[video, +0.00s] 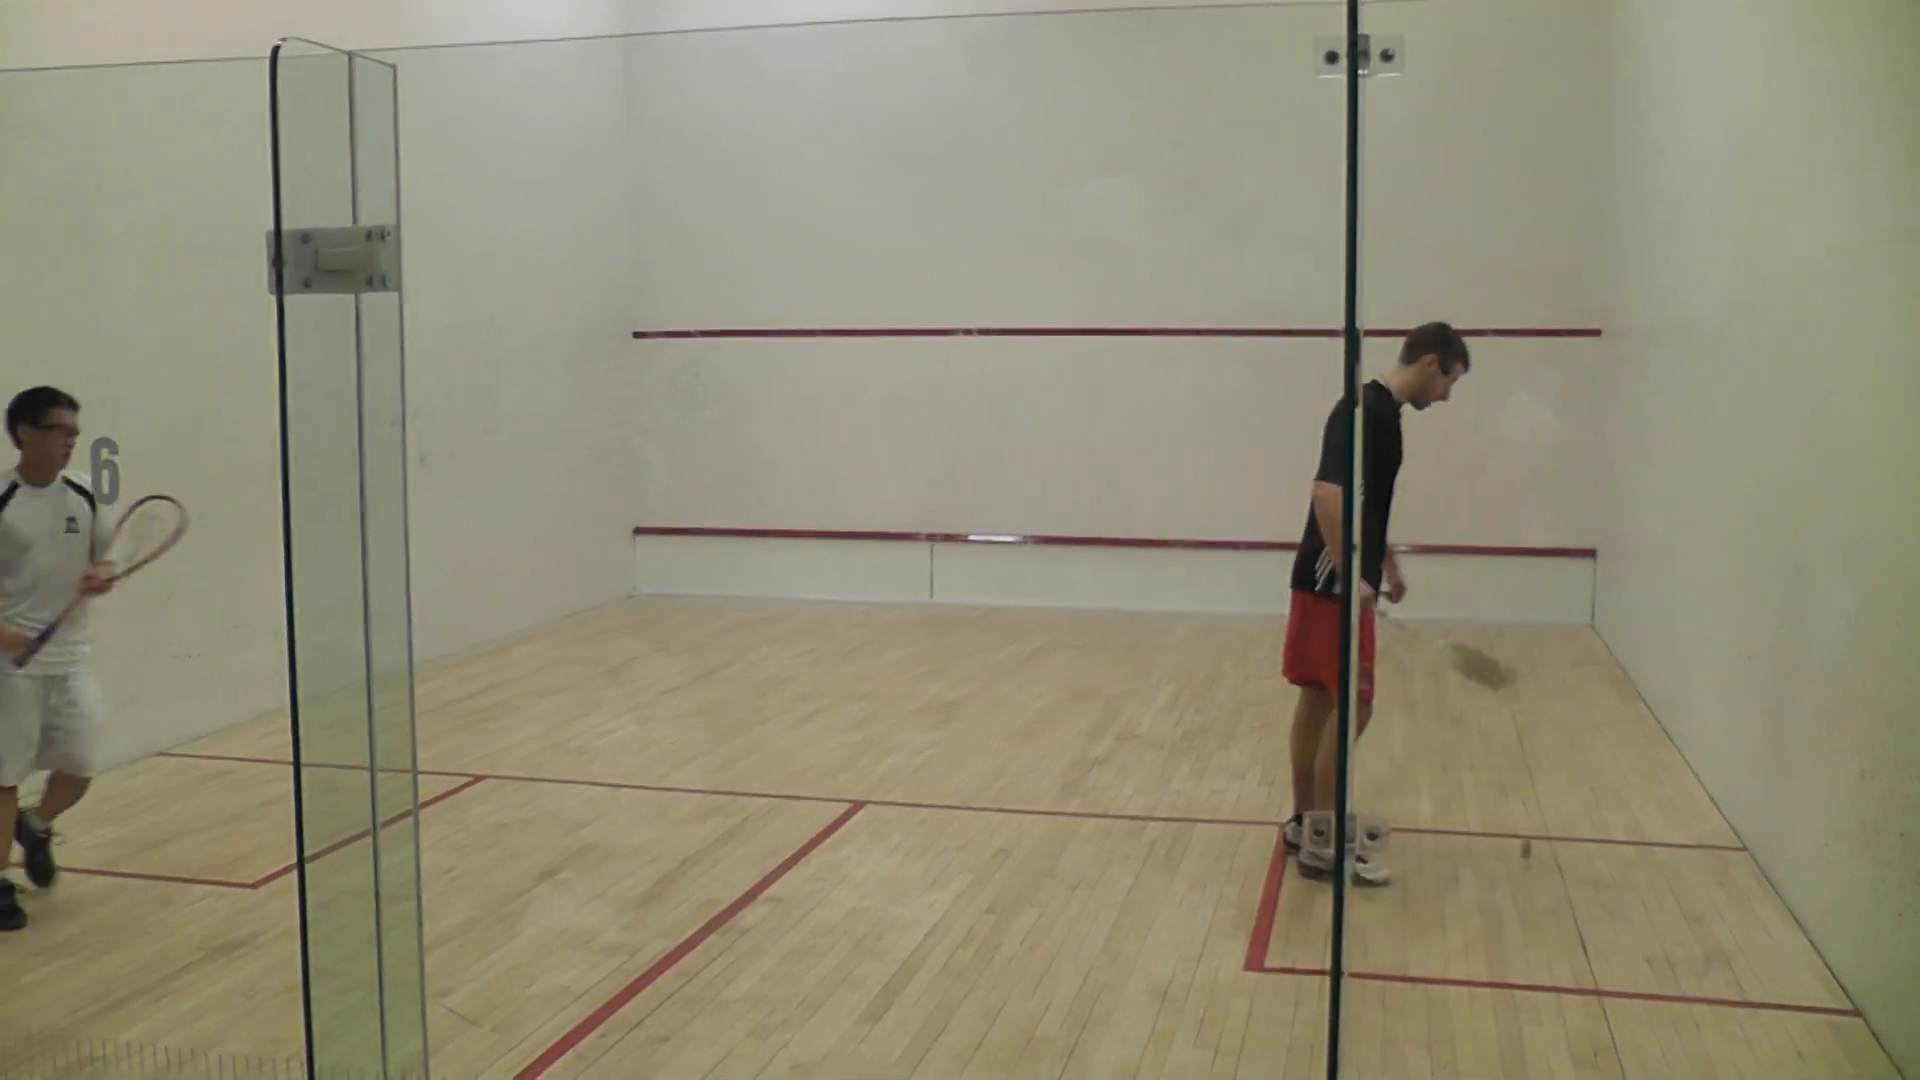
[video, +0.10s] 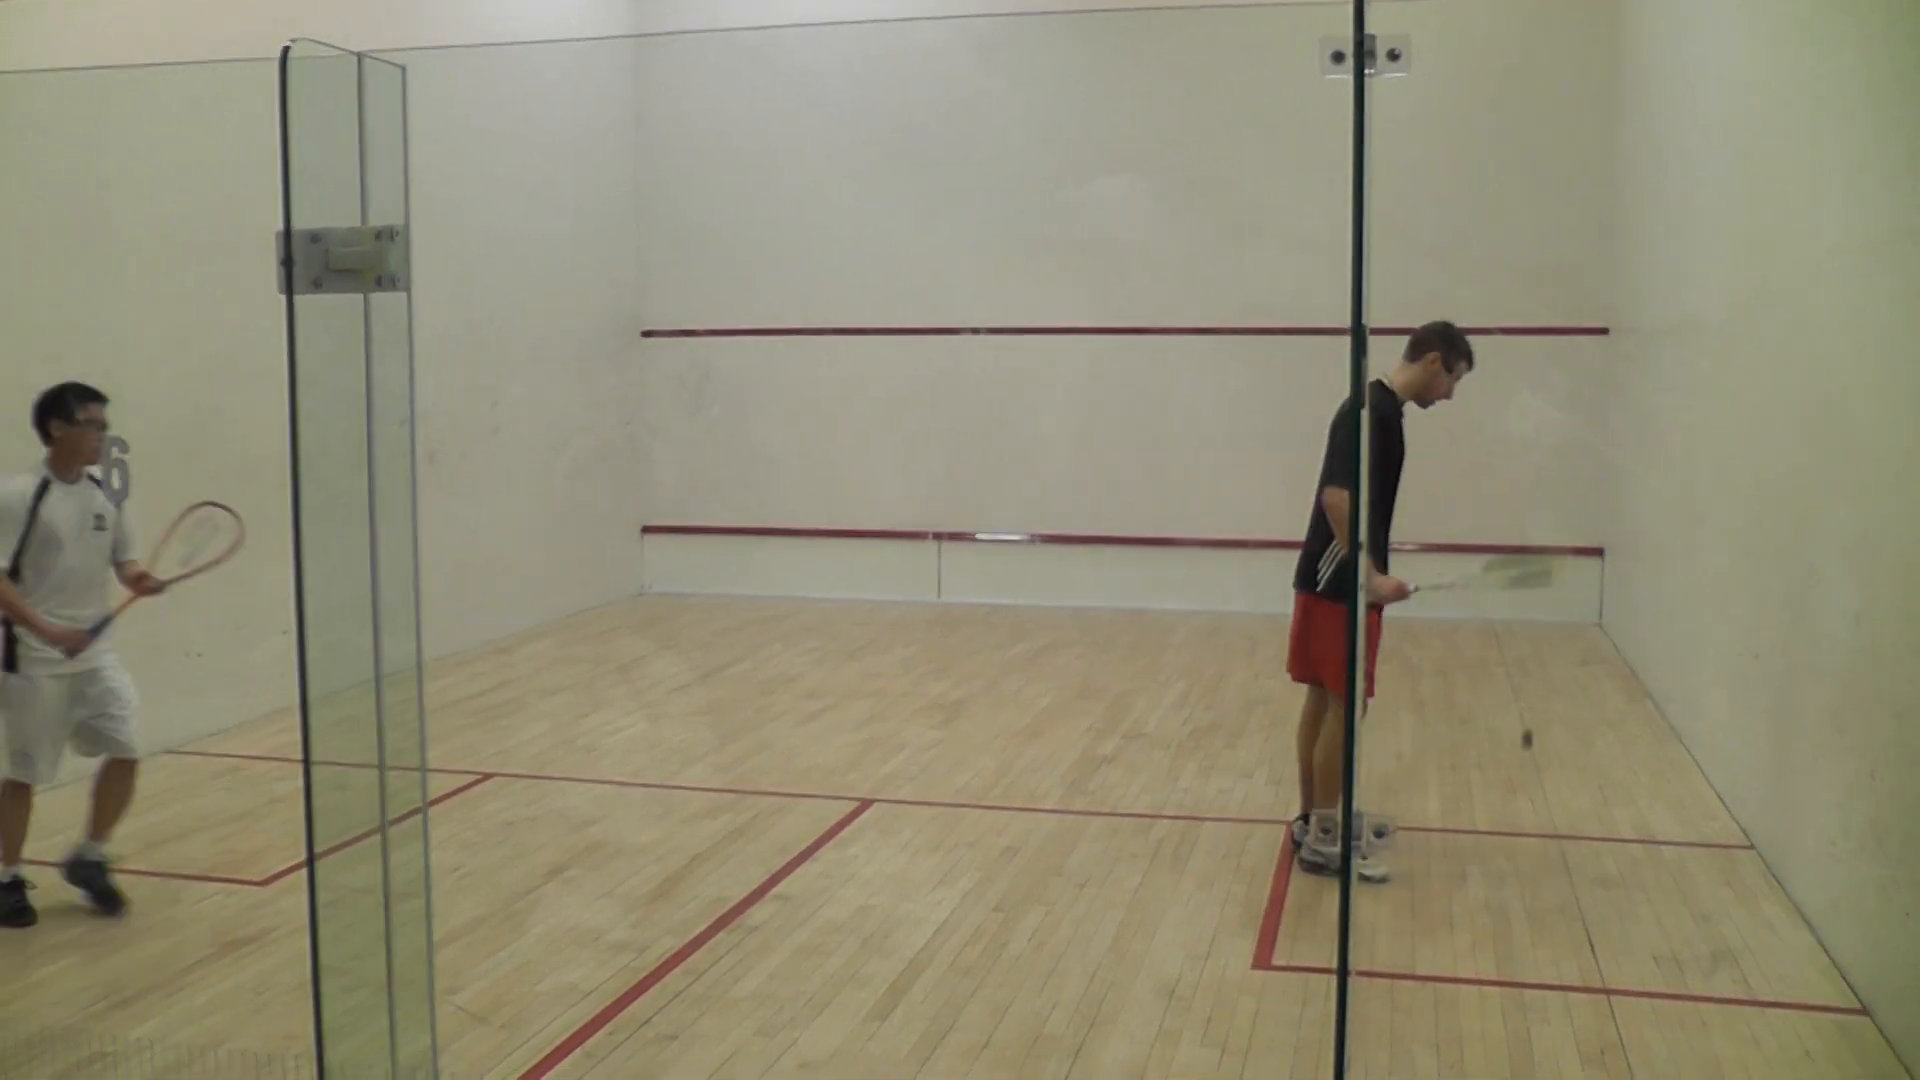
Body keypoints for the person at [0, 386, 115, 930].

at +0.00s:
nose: (70, 442)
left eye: (74, 433)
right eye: (59, 433)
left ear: (74, 438)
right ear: (23, 434)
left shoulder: (83, 500)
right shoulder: (2, 502)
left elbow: (101, 564)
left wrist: (100, 578)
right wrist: (2, 631)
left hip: (68, 660)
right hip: (12, 664)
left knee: (78, 764)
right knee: (7, 778)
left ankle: (35, 826)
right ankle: (1, 878)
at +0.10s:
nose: (101, 437)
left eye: (103, 427)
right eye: (90, 427)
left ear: (101, 432)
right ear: (54, 430)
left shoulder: (105, 496)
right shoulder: (18, 496)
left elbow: (122, 559)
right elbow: (1, 580)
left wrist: (138, 576)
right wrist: (49, 629)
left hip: (93, 651)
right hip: (31, 660)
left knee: (124, 751)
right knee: (20, 773)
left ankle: (91, 855)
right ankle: (9, 875)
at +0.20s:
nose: (141, 445)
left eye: (144, 435)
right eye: (129, 434)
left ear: (144, 439)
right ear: (94, 437)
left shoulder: (144, 507)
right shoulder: (63, 502)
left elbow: (153, 575)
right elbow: (39, 585)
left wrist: (179, 588)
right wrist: (105, 634)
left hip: (126, 664)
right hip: (68, 668)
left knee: (156, 765)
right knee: (46, 776)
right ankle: (26, 878)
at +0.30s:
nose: (186, 444)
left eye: (185, 434)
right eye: (175, 436)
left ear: (170, 444)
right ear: (142, 445)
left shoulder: (182, 508)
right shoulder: (109, 504)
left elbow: (181, 584)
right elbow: (90, 592)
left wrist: (219, 604)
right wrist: (155, 643)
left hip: (163, 670)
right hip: (109, 673)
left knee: (188, 774)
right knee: (83, 779)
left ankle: (205, 887)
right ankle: (41, 869)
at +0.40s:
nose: (223, 440)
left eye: (222, 431)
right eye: (212, 432)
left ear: (197, 440)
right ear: (177, 440)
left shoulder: (213, 501)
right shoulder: (149, 506)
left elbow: (214, 580)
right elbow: (139, 593)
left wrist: (257, 603)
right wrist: (197, 643)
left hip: (203, 661)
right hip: (153, 667)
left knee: (221, 766)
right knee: (149, 785)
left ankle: (216, 883)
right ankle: (78, 842)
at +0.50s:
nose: (251, 432)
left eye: (250, 422)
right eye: (240, 423)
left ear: (220, 431)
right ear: (206, 430)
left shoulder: (230, 491)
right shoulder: (184, 488)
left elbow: (227, 567)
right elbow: (177, 577)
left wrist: (283, 592)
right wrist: (235, 637)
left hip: (216, 643)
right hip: (181, 646)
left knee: (234, 762)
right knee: (212, 768)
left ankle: (224, 879)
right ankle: (137, 845)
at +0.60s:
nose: (277, 428)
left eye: (276, 418)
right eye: (267, 419)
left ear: (242, 426)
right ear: (234, 425)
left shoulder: (239, 481)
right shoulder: (219, 483)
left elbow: (242, 563)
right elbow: (218, 571)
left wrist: (293, 587)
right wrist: (273, 635)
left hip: (221, 644)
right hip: (208, 647)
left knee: (246, 759)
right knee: (261, 759)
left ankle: (232, 873)